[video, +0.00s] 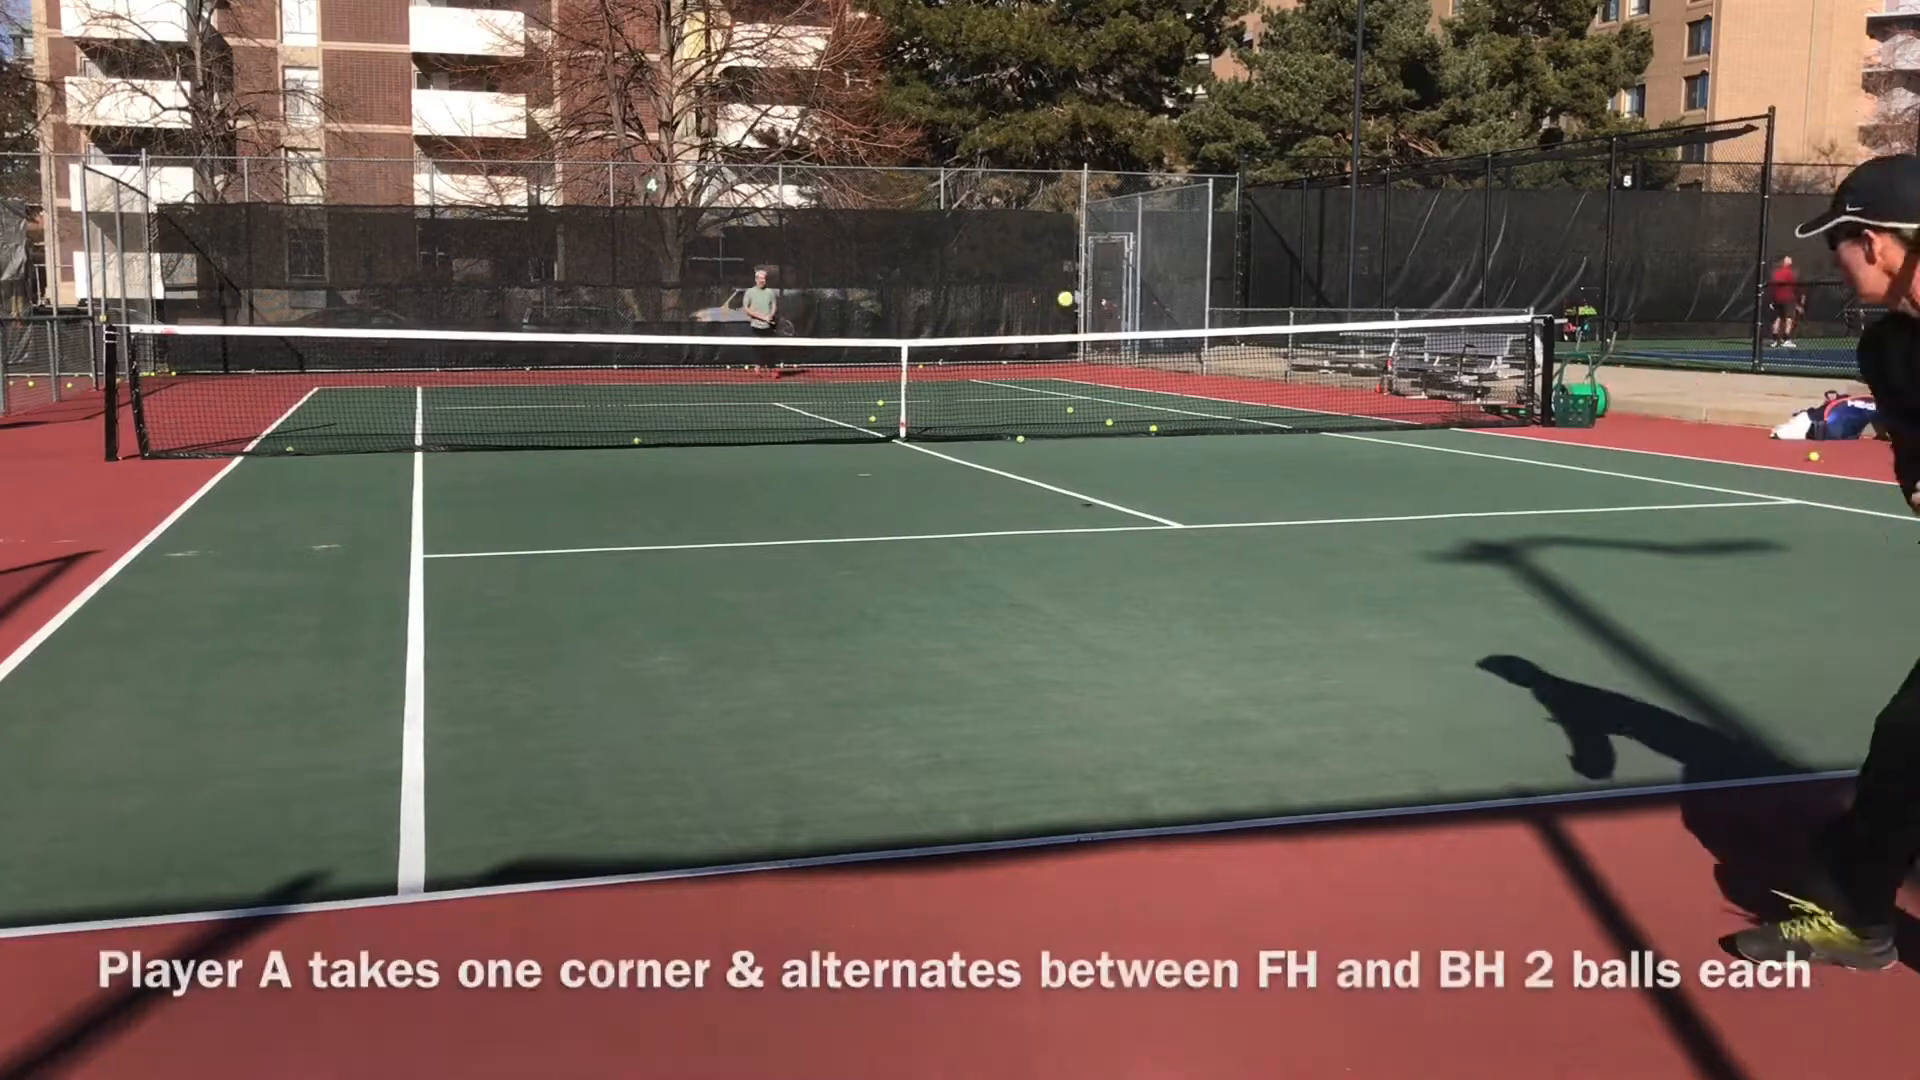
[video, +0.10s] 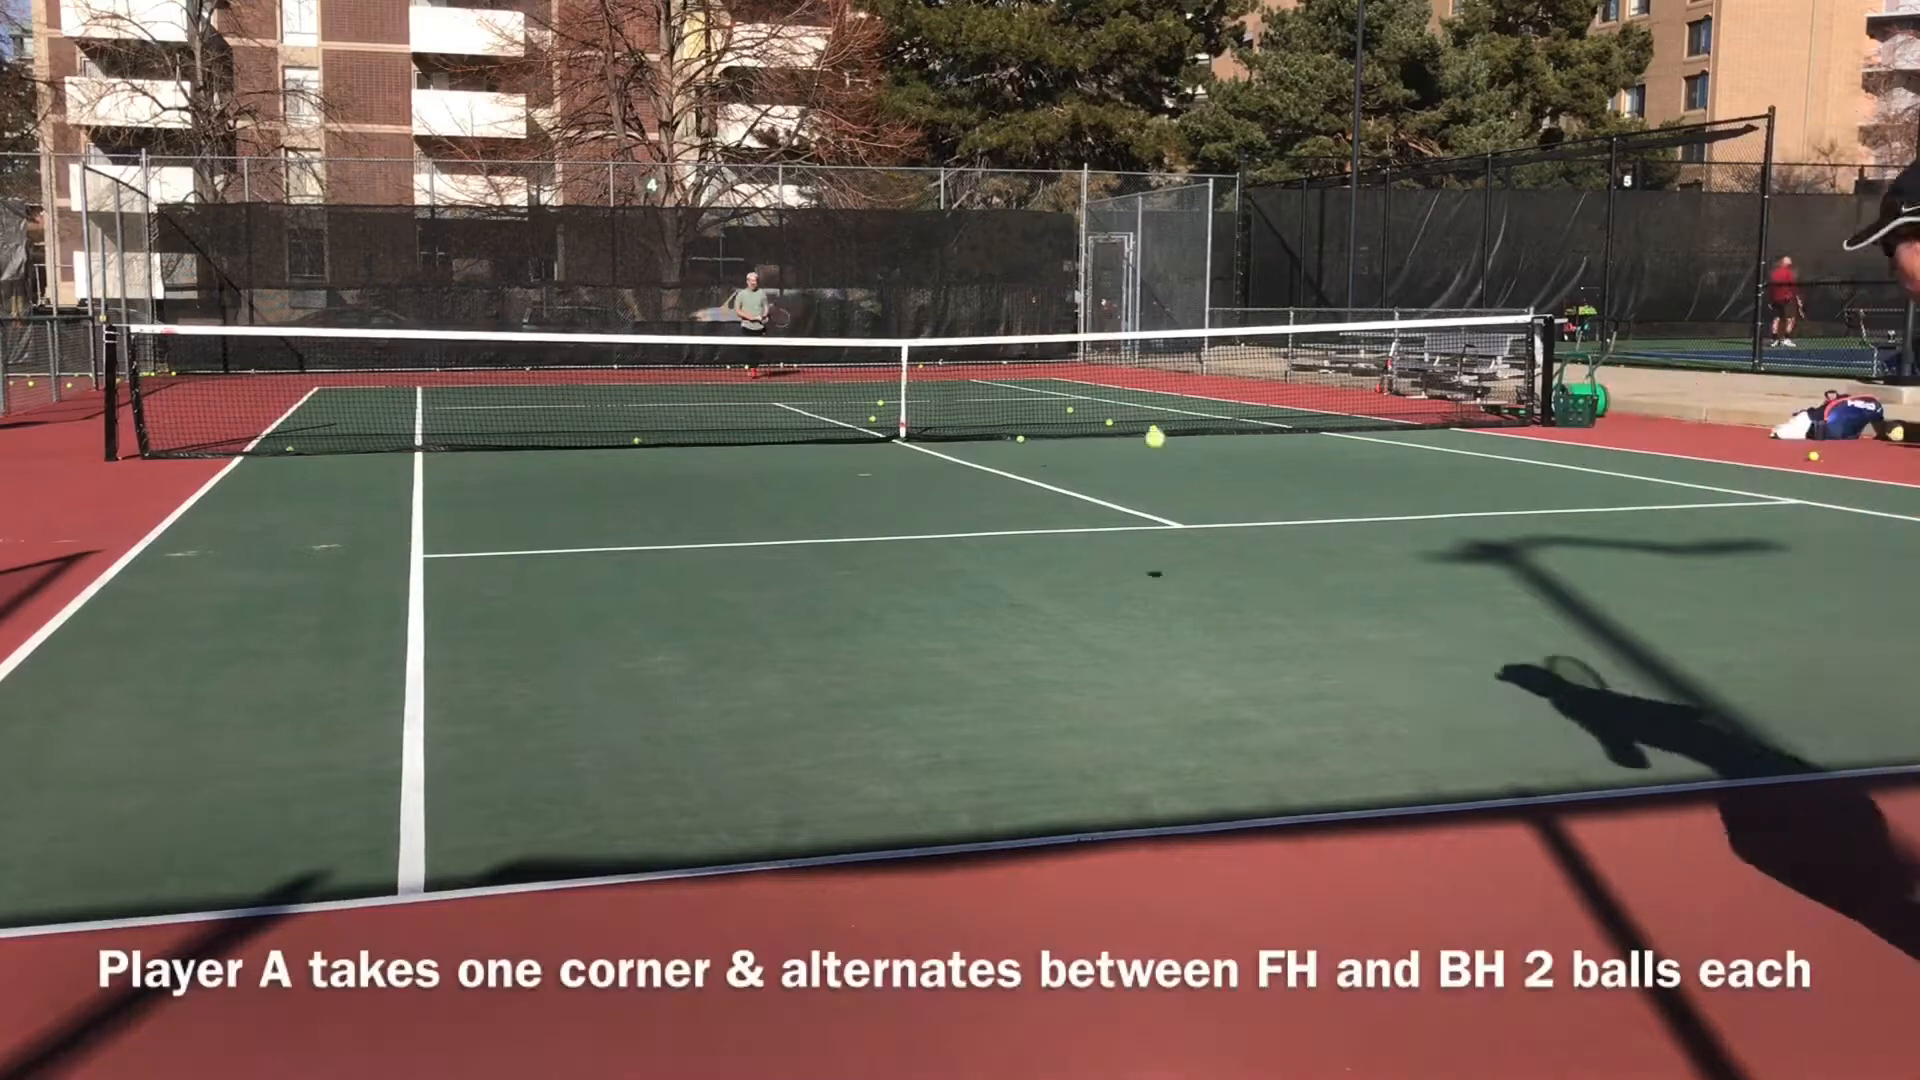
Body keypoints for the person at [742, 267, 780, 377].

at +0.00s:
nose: (762, 280)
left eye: (763, 278)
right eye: (759, 278)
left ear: (766, 280)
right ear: (756, 279)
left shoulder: (770, 292)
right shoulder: (749, 292)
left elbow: (774, 306)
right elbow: (746, 308)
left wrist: (769, 316)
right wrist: (762, 317)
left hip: (768, 325)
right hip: (756, 325)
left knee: (770, 347)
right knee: (757, 347)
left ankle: (771, 367)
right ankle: (757, 366)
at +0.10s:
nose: (753, 283)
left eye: (755, 280)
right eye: (751, 280)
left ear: (757, 282)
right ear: (747, 281)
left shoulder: (761, 293)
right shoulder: (741, 294)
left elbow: (765, 305)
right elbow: (737, 309)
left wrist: (764, 315)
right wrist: (750, 317)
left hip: (759, 324)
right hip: (747, 325)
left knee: (758, 347)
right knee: (748, 347)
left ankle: (755, 367)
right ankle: (750, 367)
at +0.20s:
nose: (744, 284)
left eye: (746, 282)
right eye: (741, 282)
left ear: (748, 283)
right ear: (738, 283)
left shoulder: (753, 296)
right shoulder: (733, 296)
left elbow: (757, 310)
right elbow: (728, 311)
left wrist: (757, 316)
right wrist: (739, 318)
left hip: (750, 327)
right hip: (737, 327)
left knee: (754, 349)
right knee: (730, 348)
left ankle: (752, 368)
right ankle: (724, 367)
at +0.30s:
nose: (735, 283)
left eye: (736, 281)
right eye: (732, 281)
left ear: (738, 282)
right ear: (728, 282)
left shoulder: (742, 296)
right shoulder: (721, 295)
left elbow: (745, 310)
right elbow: (717, 311)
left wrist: (747, 315)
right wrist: (728, 316)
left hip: (739, 326)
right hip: (726, 326)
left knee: (747, 347)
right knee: (718, 348)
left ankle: (750, 368)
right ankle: (707, 367)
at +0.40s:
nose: (724, 280)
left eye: (726, 277)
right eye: (722, 277)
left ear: (728, 279)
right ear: (718, 278)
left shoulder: (731, 292)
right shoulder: (711, 290)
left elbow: (734, 307)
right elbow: (706, 306)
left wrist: (737, 311)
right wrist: (718, 314)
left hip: (728, 323)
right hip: (714, 323)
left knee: (736, 346)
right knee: (710, 347)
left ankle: (741, 367)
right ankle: (704, 369)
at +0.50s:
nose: (715, 275)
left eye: (717, 272)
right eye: (713, 272)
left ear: (719, 274)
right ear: (708, 274)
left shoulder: (723, 287)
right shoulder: (702, 286)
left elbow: (725, 300)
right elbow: (696, 301)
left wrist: (724, 307)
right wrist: (706, 310)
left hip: (718, 320)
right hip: (704, 320)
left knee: (719, 345)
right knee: (704, 345)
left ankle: (718, 367)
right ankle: (701, 367)